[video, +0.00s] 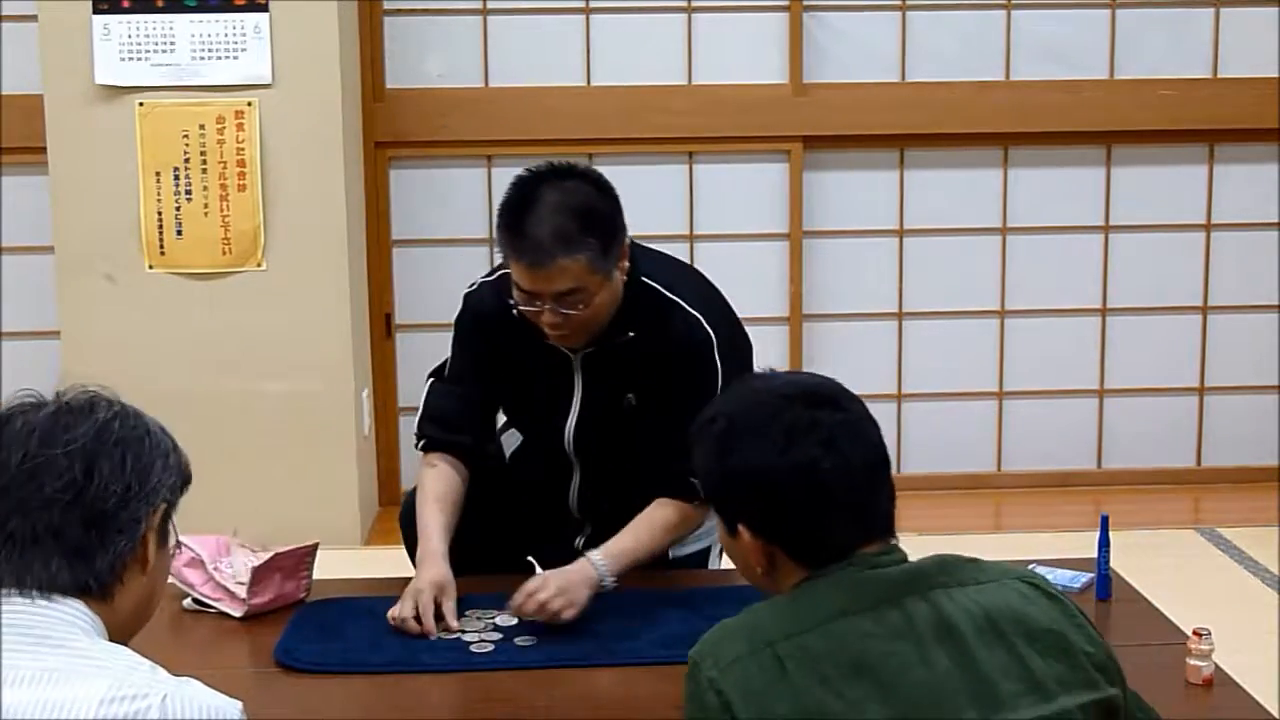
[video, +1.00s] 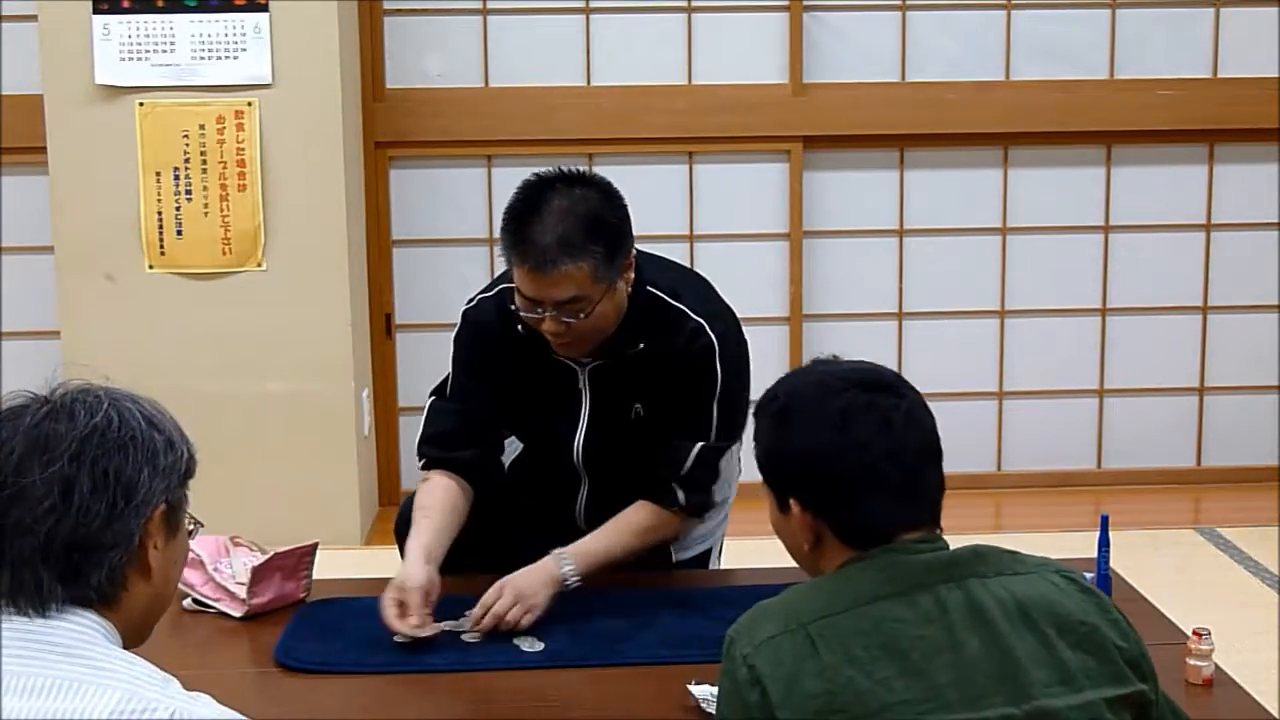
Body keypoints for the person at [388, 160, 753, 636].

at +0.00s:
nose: (548, 319)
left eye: (570, 300)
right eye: (530, 297)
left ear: (621, 262)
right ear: (511, 266)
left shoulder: (694, 328)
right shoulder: (491, 309)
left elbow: (695, 490)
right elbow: (448, 441)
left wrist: (592, 569)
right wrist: (432, 557)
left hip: (651, 512)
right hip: (545, 504)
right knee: (423, 512)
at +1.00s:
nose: (550, 326)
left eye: (572, 308)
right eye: (532, 304)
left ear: (626, 273)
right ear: (514, 272)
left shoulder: (701, 335)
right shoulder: (492, 319)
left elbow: (680, 500)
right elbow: (455, 456)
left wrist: (556, 569)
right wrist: (421, 560)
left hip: (654, 538)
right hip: (534, 526)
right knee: (422, 518)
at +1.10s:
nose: (544, 320)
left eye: (566, 302)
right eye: (525, 297)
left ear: (624, 272)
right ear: (509, 267)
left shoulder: (695, 335)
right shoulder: (489, 323)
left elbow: (662, 496)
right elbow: (447, 460)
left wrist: (537, 573)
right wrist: (392, 566)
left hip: (652, 542)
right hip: (524, 536)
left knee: (638, 694)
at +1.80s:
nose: (522, 323)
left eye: (541, 304)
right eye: (504, 301)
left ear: (599, 268)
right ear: (487, 277)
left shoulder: (680, 330)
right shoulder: (478, 326)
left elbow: (674, 490)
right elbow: (434, 455)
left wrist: (560, 577)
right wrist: (398, 559)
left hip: (651, 532)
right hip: (531, 521)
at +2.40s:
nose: (558, 286)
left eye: (580, 265)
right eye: (540, 263)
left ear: (634, 238)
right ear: (523, 240)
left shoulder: (703, 306)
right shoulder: (506, 300)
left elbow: (688, 467)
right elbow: (472, 423)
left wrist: (562, 533)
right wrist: (444, 507)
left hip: (654, 534)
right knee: (419, 527)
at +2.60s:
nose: (584, 253)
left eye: (607, 233)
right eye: (568, 229)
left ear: (665, 211)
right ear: (554, 207)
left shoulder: (720, 291)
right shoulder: (526, 271)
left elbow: (727, 448)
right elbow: (480, 384)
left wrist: (585, 507)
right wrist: (472, 471)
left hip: (646, 503)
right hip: (526, 486)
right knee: (411, 540)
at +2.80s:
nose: (602, 249)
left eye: (627, 230)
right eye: (586, 225)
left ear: (683, 208)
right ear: (573, 197)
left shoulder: (742, 296)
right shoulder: (534, 265)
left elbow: (759, 450)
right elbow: (476, 386)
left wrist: (641, 524)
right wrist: (481, 498)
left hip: (682, 557)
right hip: (539, 545)